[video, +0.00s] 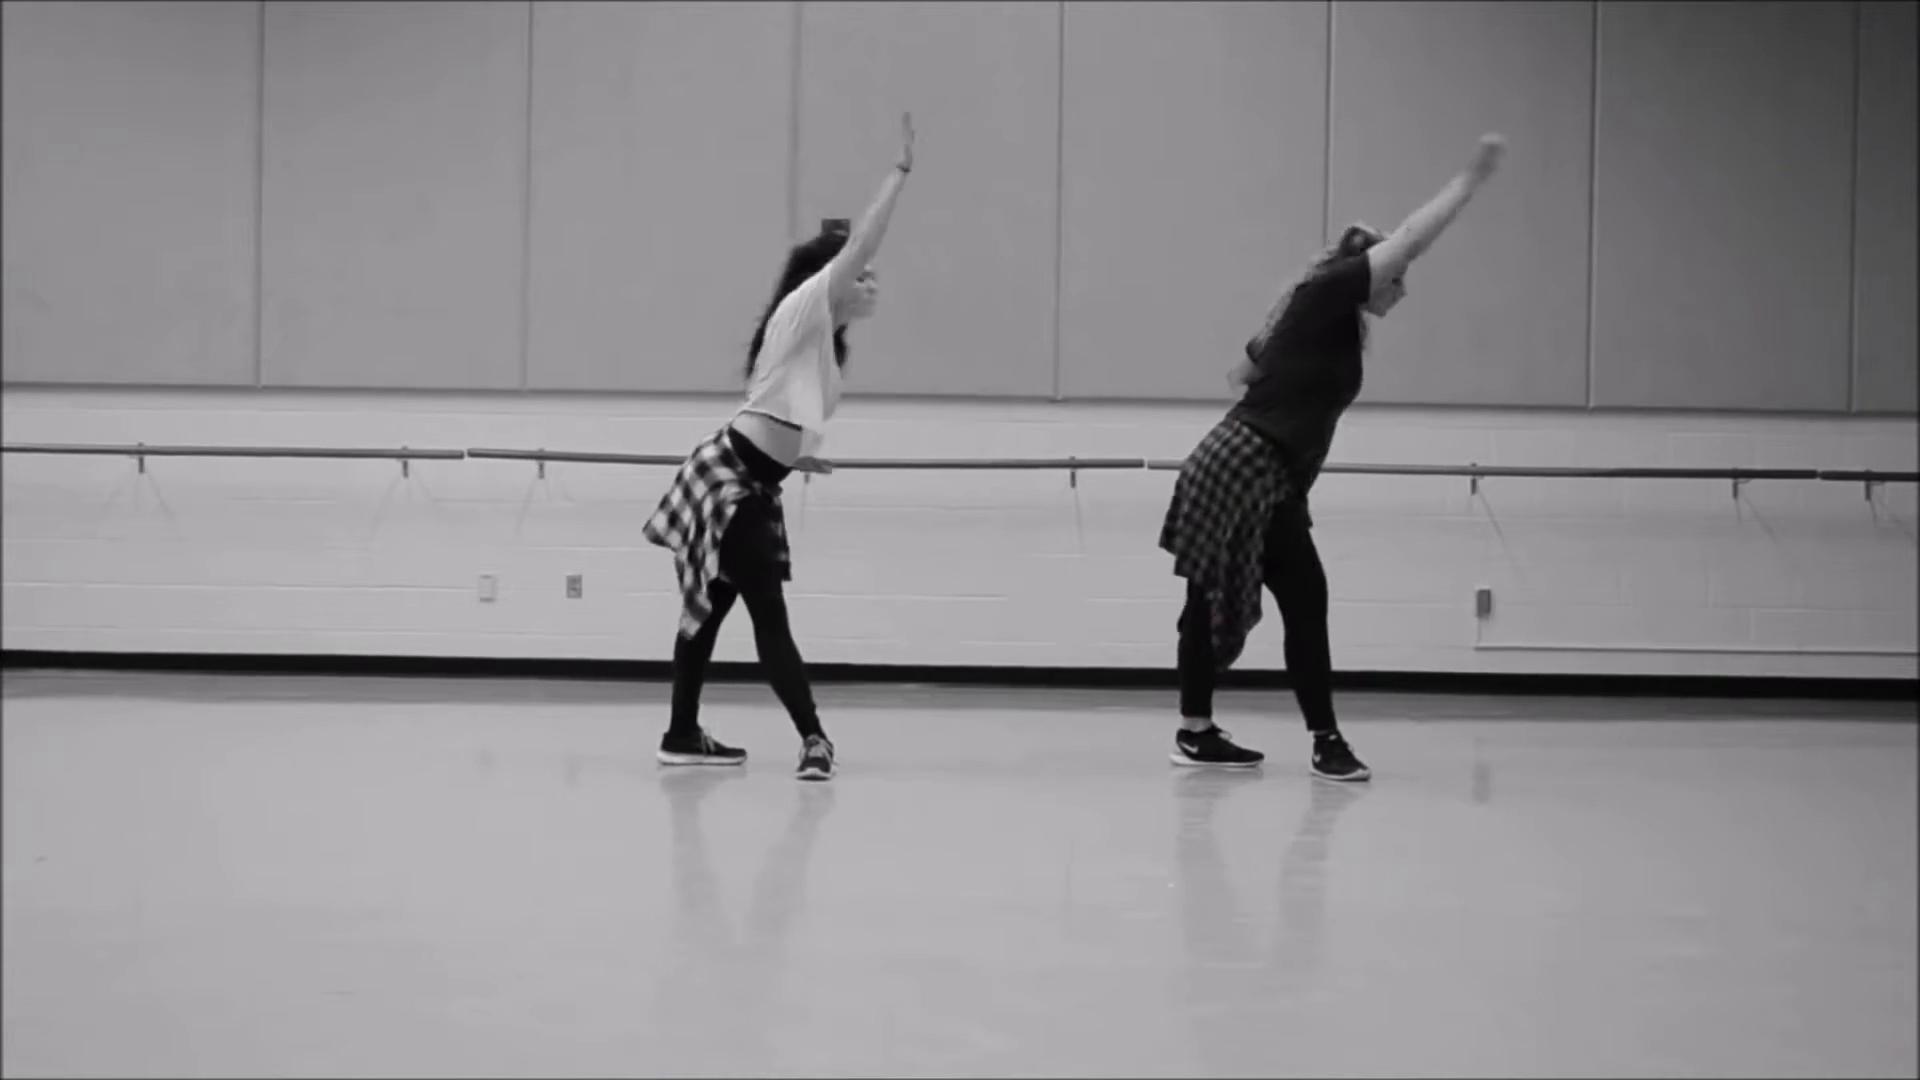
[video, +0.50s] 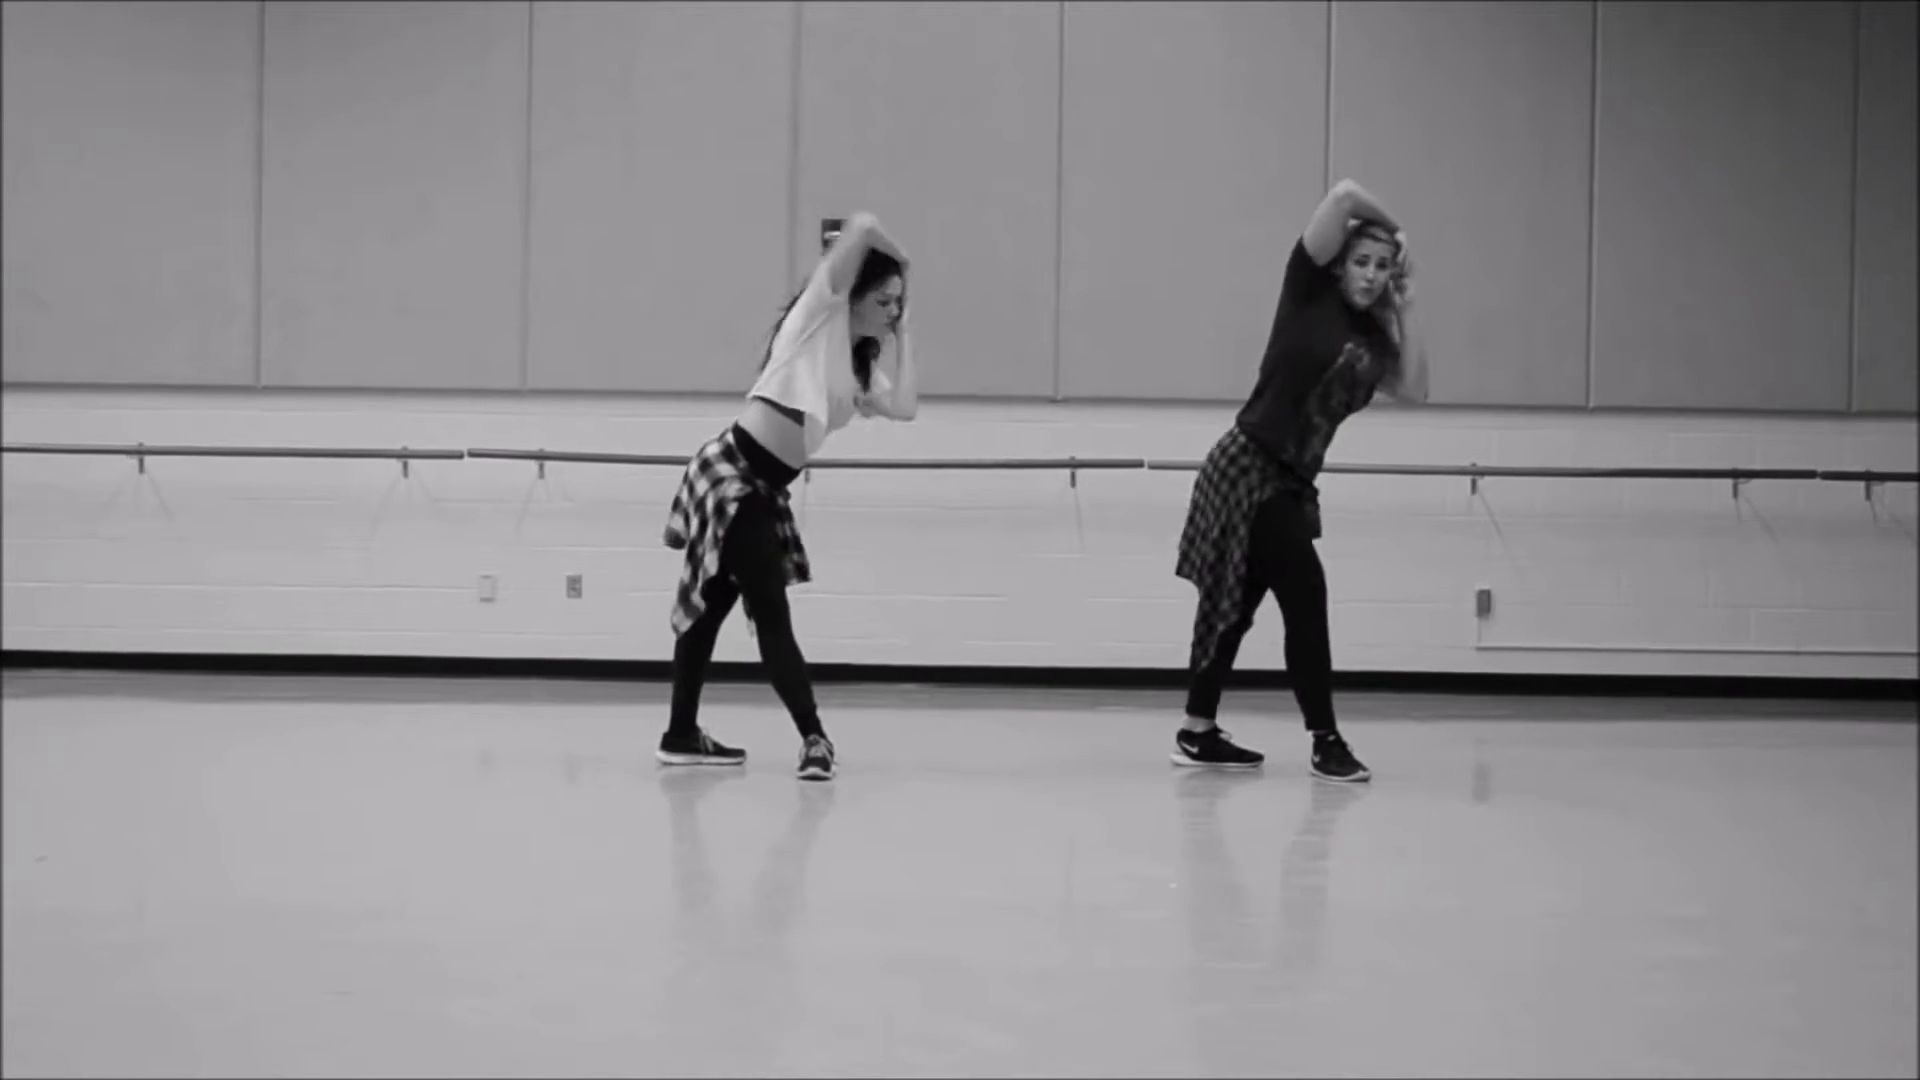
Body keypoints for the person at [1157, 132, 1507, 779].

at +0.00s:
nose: (1400, 292)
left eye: (1401, 281)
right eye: (1396, 278)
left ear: (1360, 268)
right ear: (1366, 267)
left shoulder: (1316, 305)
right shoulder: (1334, 286)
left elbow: (1249, 365)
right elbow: (1409, 236)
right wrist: (1470, 176)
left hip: (1254, 472)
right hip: (1248, 470)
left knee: (1211, 601)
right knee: (1303, 601)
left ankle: (1194, 729)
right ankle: (1326, 743)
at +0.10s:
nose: (1405, 299)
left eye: (1407, 288)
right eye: (1399, 286)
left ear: (1379, 280)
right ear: (1369, 277)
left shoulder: (1347, 327)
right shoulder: (1323, 297)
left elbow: (1266, 365)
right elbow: (1383, 232)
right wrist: (1415, 214)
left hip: (1269, 479)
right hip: (1251, 474)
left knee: (1212, 596)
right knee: (1308, 600)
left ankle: (1195, 729)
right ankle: (1328, 742)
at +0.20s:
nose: (1404, 302)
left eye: (1407, 292)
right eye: (1399, 289)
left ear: (1376, 285)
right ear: (1369, 281)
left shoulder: (1355, 333)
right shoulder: (1318, 290)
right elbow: (1383, 206)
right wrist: (1382, 241)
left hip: (1279, 482)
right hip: (1243, 470)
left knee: (1218, 600)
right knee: (1309, 595)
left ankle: (1196, 730)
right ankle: (1327, 741)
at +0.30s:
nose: (1403, 304)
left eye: (1406, 293)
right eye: (1400, 291)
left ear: (1373, 287)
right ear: (1371, 282)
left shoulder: (1355, 342)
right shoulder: (1312, 288)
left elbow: (1321, 427)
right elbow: (1368, 200)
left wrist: (1383, 419)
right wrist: (1385, 227)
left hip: (1280, 484)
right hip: (1243, 472)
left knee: (1225, 601)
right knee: (1308, 594)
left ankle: (1196, 730)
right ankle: (1327, 741)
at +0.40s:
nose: (1394, 295)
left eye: (1399, 286)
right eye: (1388, 282)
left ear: (1384, 287)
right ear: (1355, 270)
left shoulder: (1362, 345)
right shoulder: (1309, 289)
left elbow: (1390, 409)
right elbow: (1360, 201)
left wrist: (1407, 343)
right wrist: (1385, 230)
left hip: (1279, 483)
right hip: (1248, 471)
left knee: (1227, 598)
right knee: (1308, 595)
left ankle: (1196, 728)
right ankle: (1327, 741)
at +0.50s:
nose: (1372, 274)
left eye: (1382, 267)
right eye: (1363, 262)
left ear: (1391, 276)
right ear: (1342, 260)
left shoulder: (1375, 337)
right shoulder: (1310, 286)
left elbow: (1413, 392)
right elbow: (1345, 191)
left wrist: (1403, 310)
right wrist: (1394, 229)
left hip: (1288, 483)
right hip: (1251, 470)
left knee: (1233, 601)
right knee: (1307, 598)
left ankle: (1197, 727)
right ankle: (1326, 742)